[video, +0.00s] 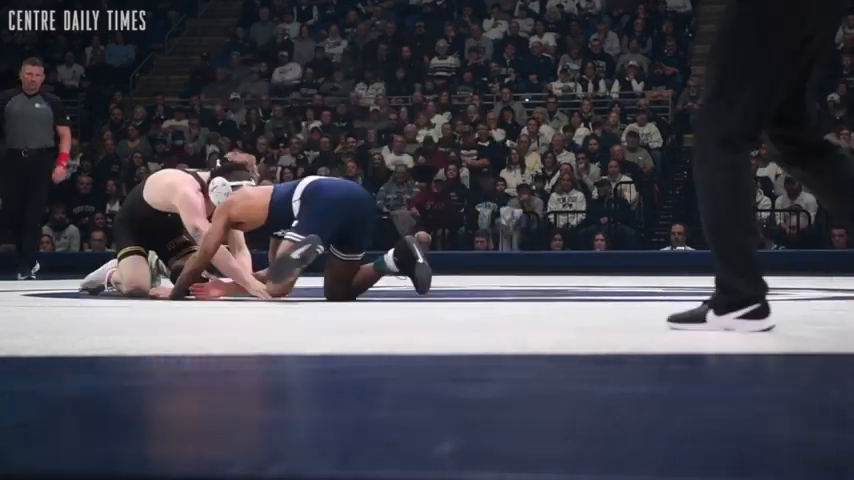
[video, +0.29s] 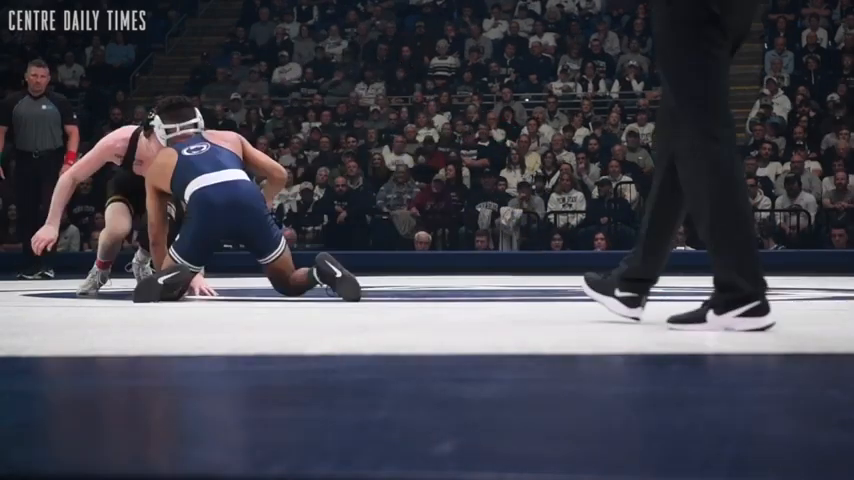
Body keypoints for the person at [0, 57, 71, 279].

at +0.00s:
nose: (32, 79)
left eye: (37, 75)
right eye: (28, 74)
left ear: (43, 77)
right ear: (20, 76)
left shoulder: (52, 102)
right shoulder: (7, 100)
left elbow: (65, 134)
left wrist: (62, 163)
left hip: (41, 161)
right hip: (12, 161)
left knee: (34, 213)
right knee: (13, 212)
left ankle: (26, 266)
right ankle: (27, 261)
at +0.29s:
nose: (38, 80)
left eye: (43, 76)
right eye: (34, 76)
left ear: (49, 78)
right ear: (26, 78)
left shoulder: (60, 102)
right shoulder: (13, 102)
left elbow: (73, 133)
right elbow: (2, 132)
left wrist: (69, 161)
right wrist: (0, 160)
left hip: (51, 162)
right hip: (22, 163)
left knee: (48, 210)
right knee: (25, 211)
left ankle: (47, 263)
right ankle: (30, 263)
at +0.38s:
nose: (42, 80)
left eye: (46, 76)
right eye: (37, 75)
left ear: (52, 78)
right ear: (30, 77)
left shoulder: (64, 102)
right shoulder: (16, 102)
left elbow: (76, 132)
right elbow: (4, 131)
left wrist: (72, 161)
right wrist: (2, 160)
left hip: (56, 162)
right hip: (27, 163)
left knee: (60, 210)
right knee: (28, 212)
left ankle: (62, 260)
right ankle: (32, 262)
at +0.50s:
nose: (51, 81)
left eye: (56, 77)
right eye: (48, 77)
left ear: (61, 80)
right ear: (40, 78)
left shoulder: (72, 104)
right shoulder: (25, 102)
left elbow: (85, 134)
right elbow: (10, 132)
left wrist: (82, 162)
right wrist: (5, 161)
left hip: (65, 164)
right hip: (35, 164)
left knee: (79, 211)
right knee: (32, 214)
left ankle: (93, 261)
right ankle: (33, 266)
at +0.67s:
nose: (69, 85)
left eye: (73, 81)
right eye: (65, 80)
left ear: (79, 83)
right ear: (58, 81)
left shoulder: (88, 107)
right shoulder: (43, 104)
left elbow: (99, 137)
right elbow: (27, 132)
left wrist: (96, 164)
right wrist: (23, 162)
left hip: (80, 166)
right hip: (49, 166)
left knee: (96, 210)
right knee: (39, 212)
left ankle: (102, 261)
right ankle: (34, 264)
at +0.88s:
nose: (92, 87)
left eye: (96, 83)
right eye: (88, 82)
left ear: (102, 86)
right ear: (81, 84)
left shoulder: (107, 110)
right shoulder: (67, 105)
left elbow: (116, 140)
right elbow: (51, 134)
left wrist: (119, 167)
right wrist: (56, 163)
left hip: (101, 168)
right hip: (73, 167)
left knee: (109, 215)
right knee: (59, 215)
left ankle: (108, 264)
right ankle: (41, 264)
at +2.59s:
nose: (115, 86)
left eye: (118, 82)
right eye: (111, 82)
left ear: (122, 85)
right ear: (101, 83)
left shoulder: (122, 109)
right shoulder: (91, 104)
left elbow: (126, 138)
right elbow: (75, 132)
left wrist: (129, 163)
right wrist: (80, 162)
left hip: (115, 167)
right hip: (93, 166)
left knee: (125, 213)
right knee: (74, 214)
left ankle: (126, 264)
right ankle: (55, 264)